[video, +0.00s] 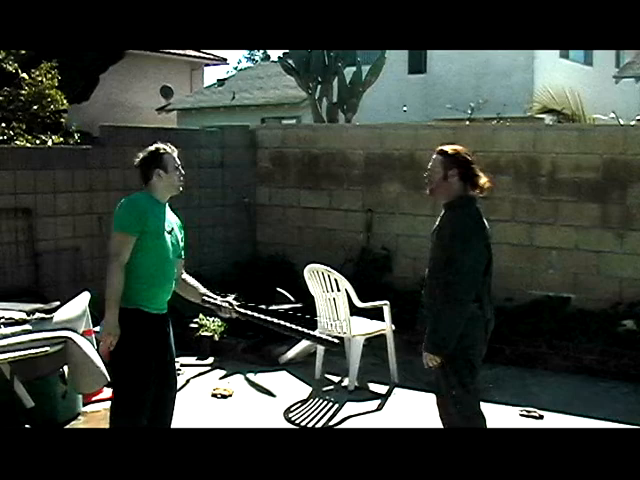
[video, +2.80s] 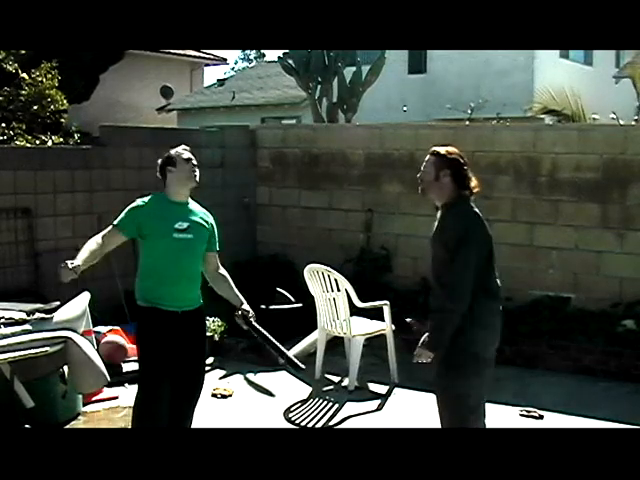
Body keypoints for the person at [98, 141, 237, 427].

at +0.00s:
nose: (182, 173)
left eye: (181, 168)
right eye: (176, 168)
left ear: (165, 174)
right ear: (158, 174)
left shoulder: (174, 221)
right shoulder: (133, 207)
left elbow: (178, 277)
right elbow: (117, 262)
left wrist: (214, 301)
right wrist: (111, 319)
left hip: (160, 319)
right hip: (133, 318)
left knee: (164, 391)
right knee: (133, 395)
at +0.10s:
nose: (179, 173)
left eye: (178, 167)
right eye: (173, 168)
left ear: (159, 173)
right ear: (156, 173)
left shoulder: (172, 220)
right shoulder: (130, 207)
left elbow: (185, 274)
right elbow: (114, 263)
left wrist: (229, 283)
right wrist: (113, 319)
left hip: (158, 317)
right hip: (132, 317)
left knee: (164, 390)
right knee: (131, 393)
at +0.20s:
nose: (174, 171)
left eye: (172, 166)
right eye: (168, 166)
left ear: (155, 173)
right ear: (150, 172)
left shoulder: (169, 219)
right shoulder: (123, 209)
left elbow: (200, 262)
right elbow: (112, 267)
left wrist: (246, 252)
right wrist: (119, 320)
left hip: (157, 318)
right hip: (128, 318)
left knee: (163, 390)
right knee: (129, 394)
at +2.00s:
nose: (201, 173)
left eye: (200, 167)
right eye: (195, 168)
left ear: (182, 174)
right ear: (175, 174)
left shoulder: (199, 218)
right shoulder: (145, 210)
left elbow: (210, 270)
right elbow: (128, 265)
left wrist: (249, 298)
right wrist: (127, 316)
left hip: (185, 318)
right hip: (151, 318)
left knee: (185, 390)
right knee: (149, 394)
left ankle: (176, 430)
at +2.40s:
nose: (174, 170)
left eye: (180, 165)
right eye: (168, 165)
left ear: (192, 171)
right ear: (160, 171)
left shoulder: (203, 217)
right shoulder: (145, 210)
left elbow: (204, 269)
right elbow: (118, 258)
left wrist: (208, 317)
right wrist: (111, 307)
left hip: (188, 317)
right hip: (149, 316)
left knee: (185, 393)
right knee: (150, 393)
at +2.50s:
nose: (167, 170)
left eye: (174, 165)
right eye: (164, 165)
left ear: (190, 171)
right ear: (160, 171)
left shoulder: (204, 216)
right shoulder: (144, 210)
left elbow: (207, 269)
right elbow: (111, 248)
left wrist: (210, 316)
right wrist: (92, 277)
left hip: (189, 317)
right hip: (149, 315)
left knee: (185, 393)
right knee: (150, 392)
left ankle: (177, 429)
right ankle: (144, 431)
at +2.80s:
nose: (196, 166)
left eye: (196, 162)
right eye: (188, 162)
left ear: (195, 173)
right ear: (167, 170)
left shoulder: (204, 219)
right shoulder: (144, 210)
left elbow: (214, 270)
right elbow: (104, 241)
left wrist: (241, 303)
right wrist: (78, 264)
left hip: (191, 316)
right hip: (153, 315)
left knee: (188, 390)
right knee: (154, 389)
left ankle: (178, 432)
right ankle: (146, 432)